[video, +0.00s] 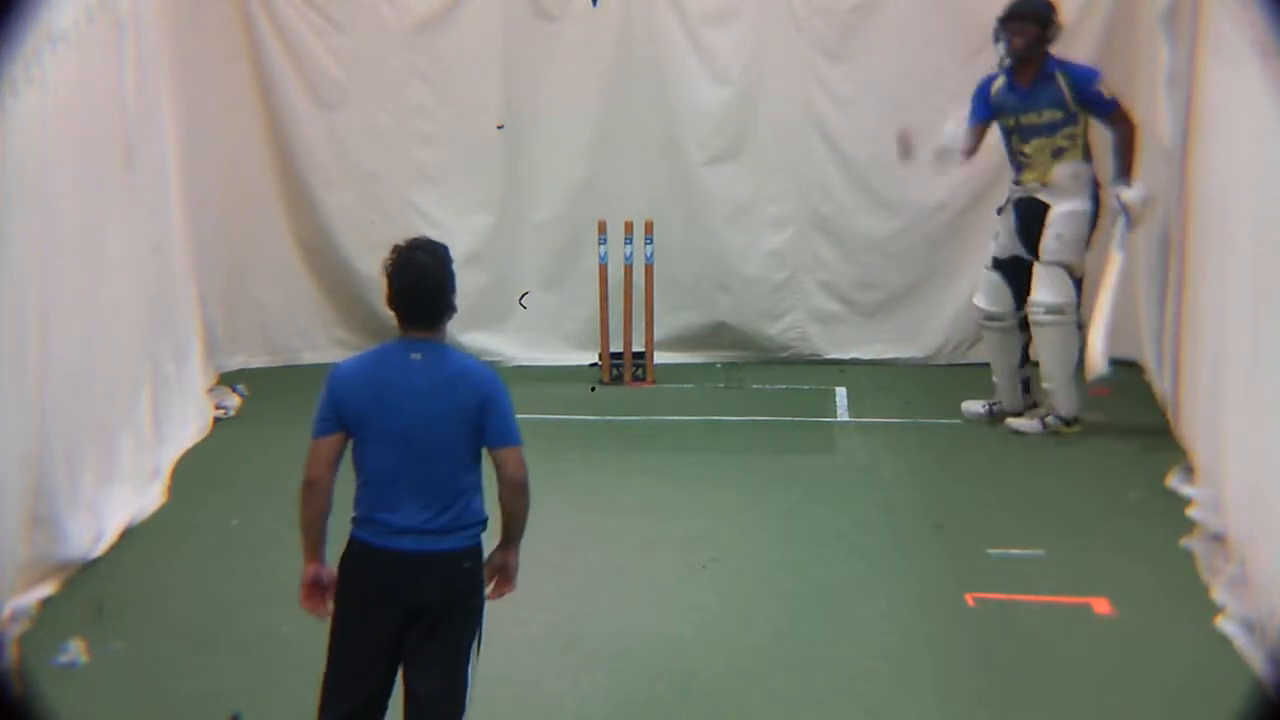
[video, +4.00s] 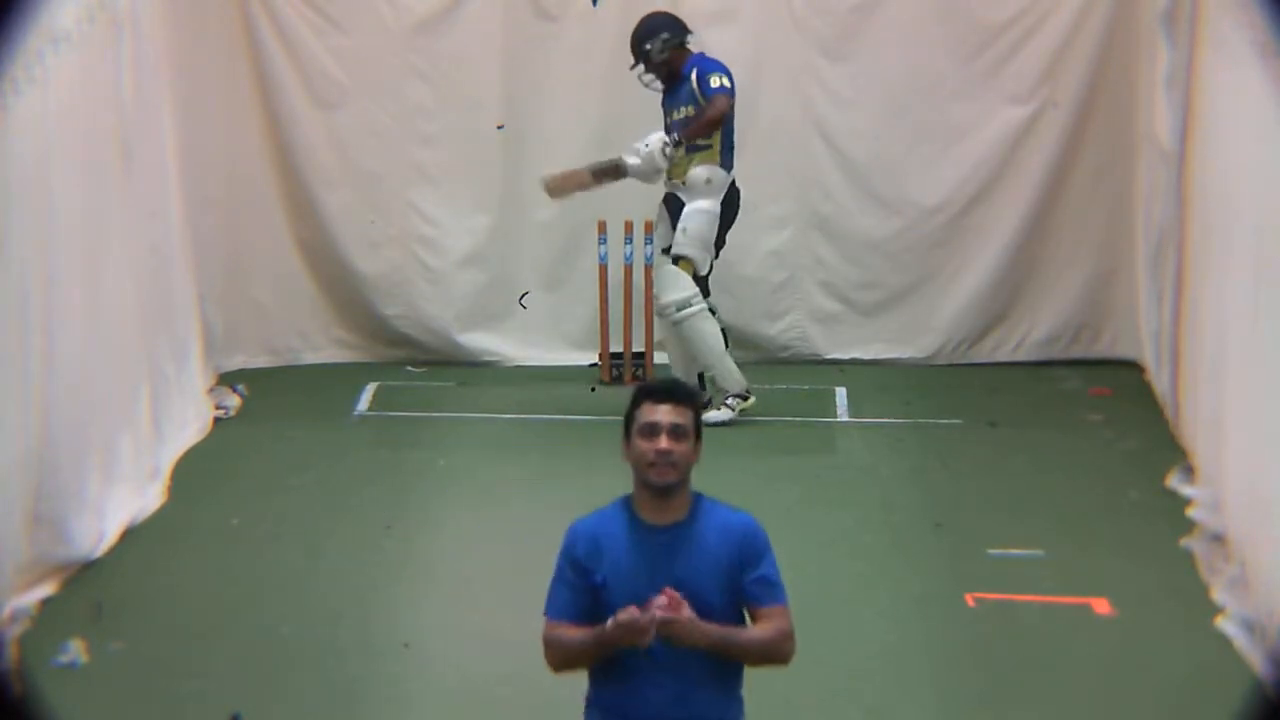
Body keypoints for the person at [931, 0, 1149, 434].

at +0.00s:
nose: (1017, 43)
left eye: (1027, 35)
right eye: (1011, 34)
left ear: (1045, 38)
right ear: (1001, 37)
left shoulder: (1074, 81)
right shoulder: (991, 91)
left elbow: (1123, 124)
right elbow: (967, 147)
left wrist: (1123, 184)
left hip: (1072, 198)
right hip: (1024, 198)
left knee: (1051, 298)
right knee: (996, 297)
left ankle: (1062, 411)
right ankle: (1012, 401)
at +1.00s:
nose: (856, 54)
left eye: (861, 45)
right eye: (855, 46)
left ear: (882, 37)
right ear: (880, 39)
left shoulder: (906, 75)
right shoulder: (884, 77)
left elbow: (903, 142)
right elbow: (879, 143)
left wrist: (853, 179)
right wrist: (846, 171)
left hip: (909, 192)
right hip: (887, 190)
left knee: (867, 290)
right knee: (886, 293)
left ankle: (902, 398)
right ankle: (897, 395)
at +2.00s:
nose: (696, 63)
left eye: (699, 55)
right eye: (693, 57)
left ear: (716, 48)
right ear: (710, 57)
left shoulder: (751, 75)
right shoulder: (714, 99)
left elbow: (696, 71)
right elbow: (704, 162)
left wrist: (650, 84)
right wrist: (664, 130)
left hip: (750, 204)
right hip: (719, 205)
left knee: (729, 300)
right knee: (682, 294)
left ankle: (792, 400)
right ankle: (688, 399)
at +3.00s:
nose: (700, 47)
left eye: (709, 40)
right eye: (692, 39)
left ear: (725, 40)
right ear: (683, 39)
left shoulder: (738, 83)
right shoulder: (678, 88)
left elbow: (752, 142)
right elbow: (670, 145)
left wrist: (699, 157)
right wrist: (659, 139)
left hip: (719, 200)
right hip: (679, 199)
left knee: (714, 296)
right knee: (671, 298)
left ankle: (749, 402)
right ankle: (686, 398)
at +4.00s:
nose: (652, 70)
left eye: (653, 61)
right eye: (647, 64)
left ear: (673, 48)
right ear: (662, 54)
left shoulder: (707, 69)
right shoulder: (672, 91)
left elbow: (720, 107)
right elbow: (676, 155)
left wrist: (672, 139)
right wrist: (649, 165)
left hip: (710, 195)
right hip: (678, 197)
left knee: (680, 287)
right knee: (670, 291)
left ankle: (734, 390)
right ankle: (688, 389)